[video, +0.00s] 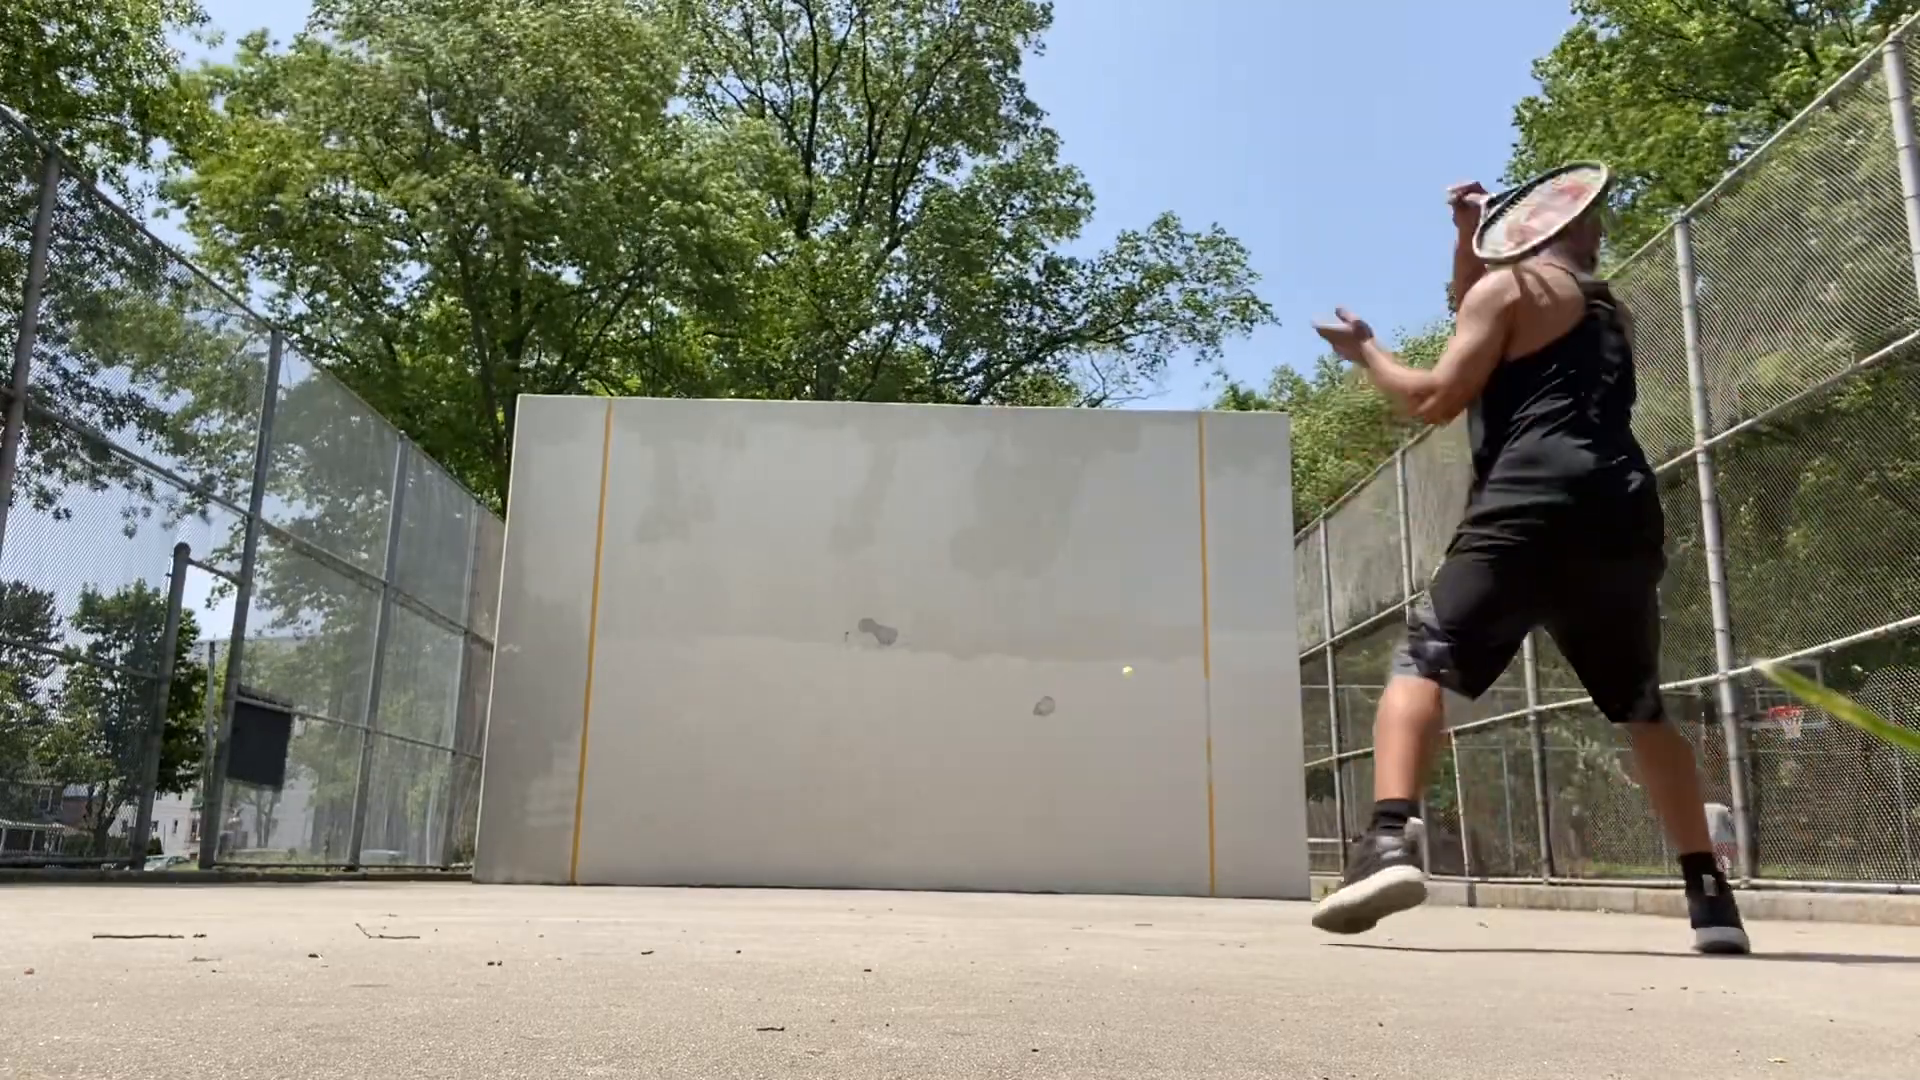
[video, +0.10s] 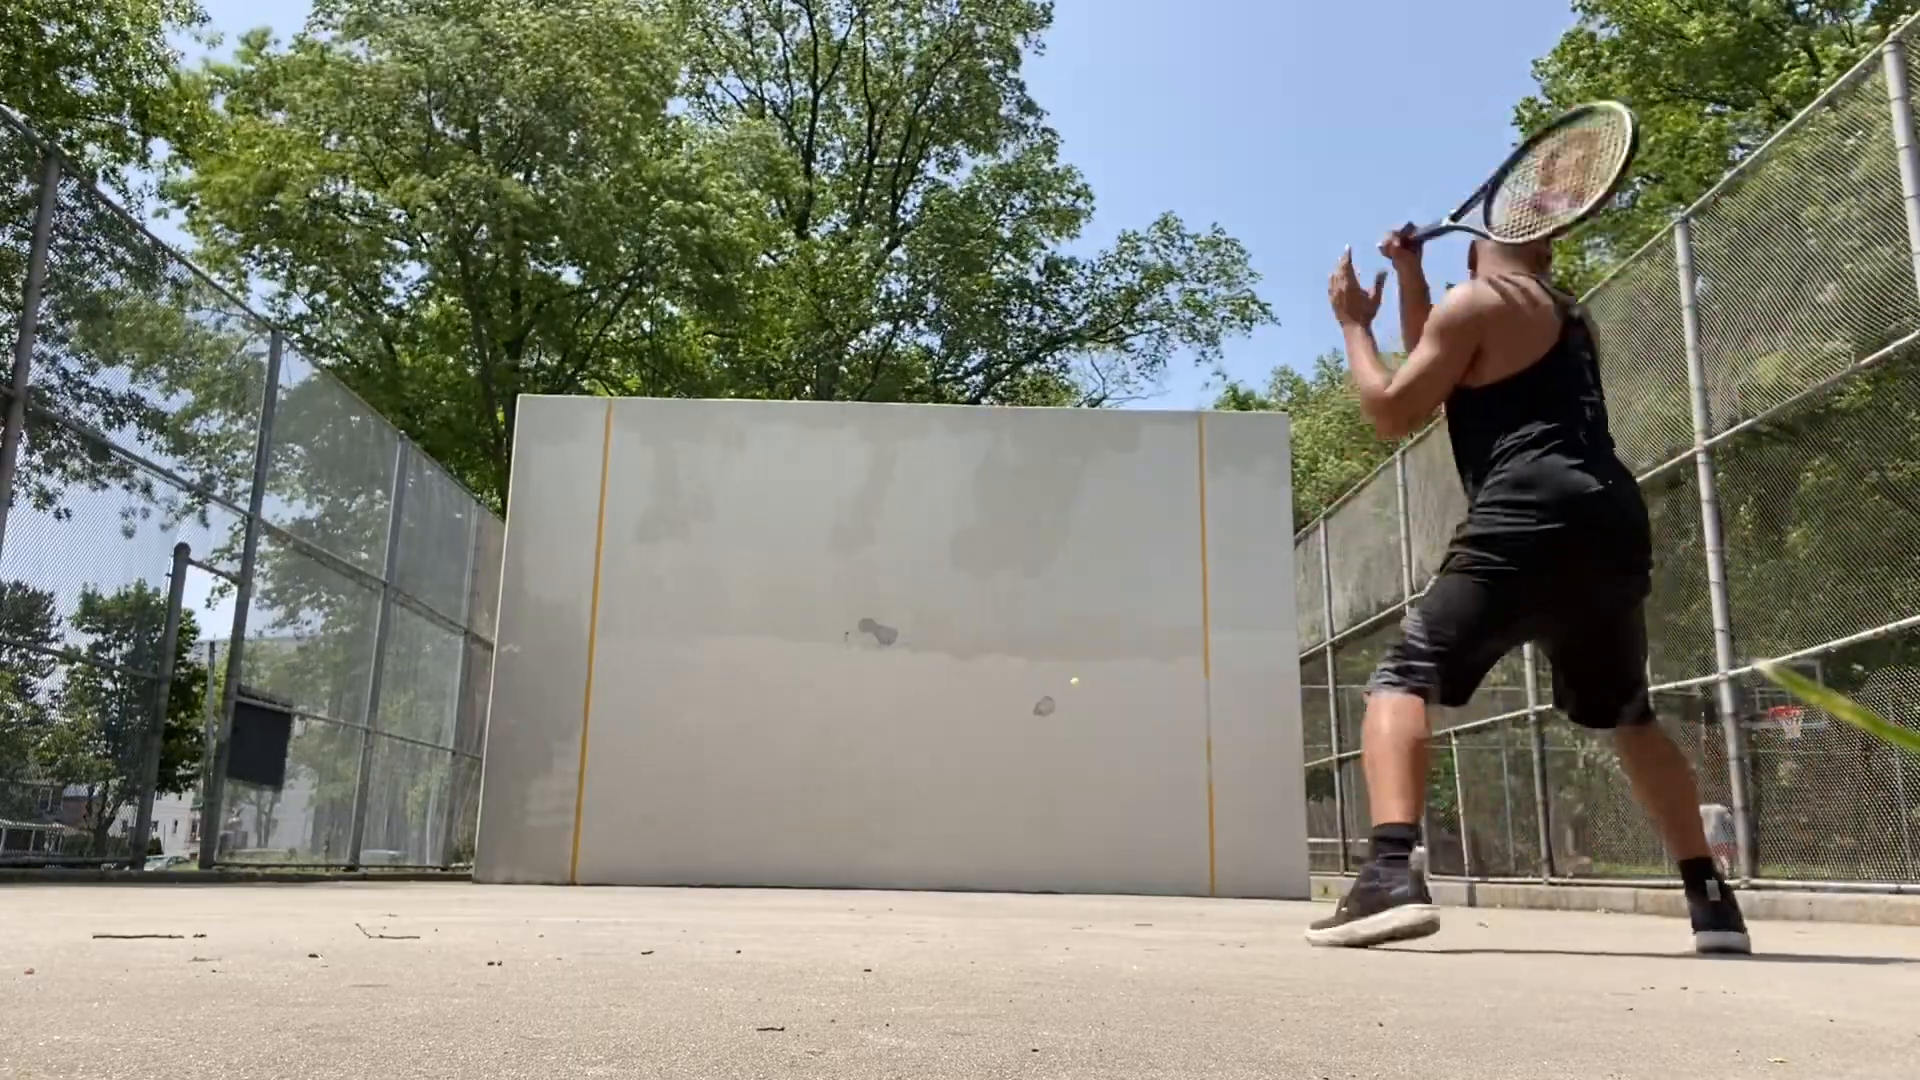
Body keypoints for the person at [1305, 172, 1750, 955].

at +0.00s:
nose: (1601, 229)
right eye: (1591, 219)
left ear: (1524, 235)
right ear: (1571, 234)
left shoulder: (1505, 289)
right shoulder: (1606, 305)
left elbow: (1435, 401)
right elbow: (1481, 313)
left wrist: (1363, 348)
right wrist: (1470, 236)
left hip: (1530, 490)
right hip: (1625, 500)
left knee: (1425, 664)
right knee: (1640, 706)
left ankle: (1389, 844)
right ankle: (1710, 899)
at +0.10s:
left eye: (1476, 240)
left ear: (1481, 244)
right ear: (1548, 254)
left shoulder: (1472, 303)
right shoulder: (1569, 316)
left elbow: (1390, 412)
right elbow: (1440, 369)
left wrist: (1353, 325)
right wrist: (1412, 278)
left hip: (1525, 503)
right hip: (1614, 511)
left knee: (1401, 683)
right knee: (1629, 714)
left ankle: (1391, 873)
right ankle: (1711, 902)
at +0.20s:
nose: (1420, 231)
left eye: (1421, 221)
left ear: (1420, 226)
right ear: (1494, 233)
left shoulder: (1407, 274)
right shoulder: (1518, 291)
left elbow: (1339, 396)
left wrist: (1322, 326)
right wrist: (1363, 322)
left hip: (1479, 494)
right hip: (1575, 497)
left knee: (1374, 677)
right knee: (1609, 705)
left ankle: (1397, 886)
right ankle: (1699, 894)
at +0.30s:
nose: (1387, 196)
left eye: (1384, 184)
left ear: (1382, 186)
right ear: (1458, 194)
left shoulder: (1352, 239)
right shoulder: (1505, 258)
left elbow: (1299, 367)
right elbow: (1483, 346)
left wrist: (1371, 367)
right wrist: (1351, 361)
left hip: (1423, 466)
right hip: (1533, 466)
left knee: (1357, 666)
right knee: (1555, 679)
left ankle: (1397, 885)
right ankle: (1636, 889)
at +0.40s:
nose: (1363, 154)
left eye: (1359, 146)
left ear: (1354, 153)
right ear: (1433, 157)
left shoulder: (1321, 197)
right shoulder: (1486, 217)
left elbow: (1274, 317)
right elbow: (1520, 359)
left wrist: (1311, 383)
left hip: (1370, 429)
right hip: (1484, 436)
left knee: (1344, 651)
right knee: (1486, 649)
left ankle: (1381, 881)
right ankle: (1516, 846)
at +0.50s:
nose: (1337, 147)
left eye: (1337, 138)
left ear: (1333, 146)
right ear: (1414, 154)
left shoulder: (1288, 200)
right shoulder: (1465, 210)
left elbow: (1244, 323)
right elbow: (1527, 343)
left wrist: (1308, 389)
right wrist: (1444, 383)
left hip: (1325, 431)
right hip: (1442, 438)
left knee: (1270, 633)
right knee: (1440, 661)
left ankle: (1313, 856)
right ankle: (1451, 880)